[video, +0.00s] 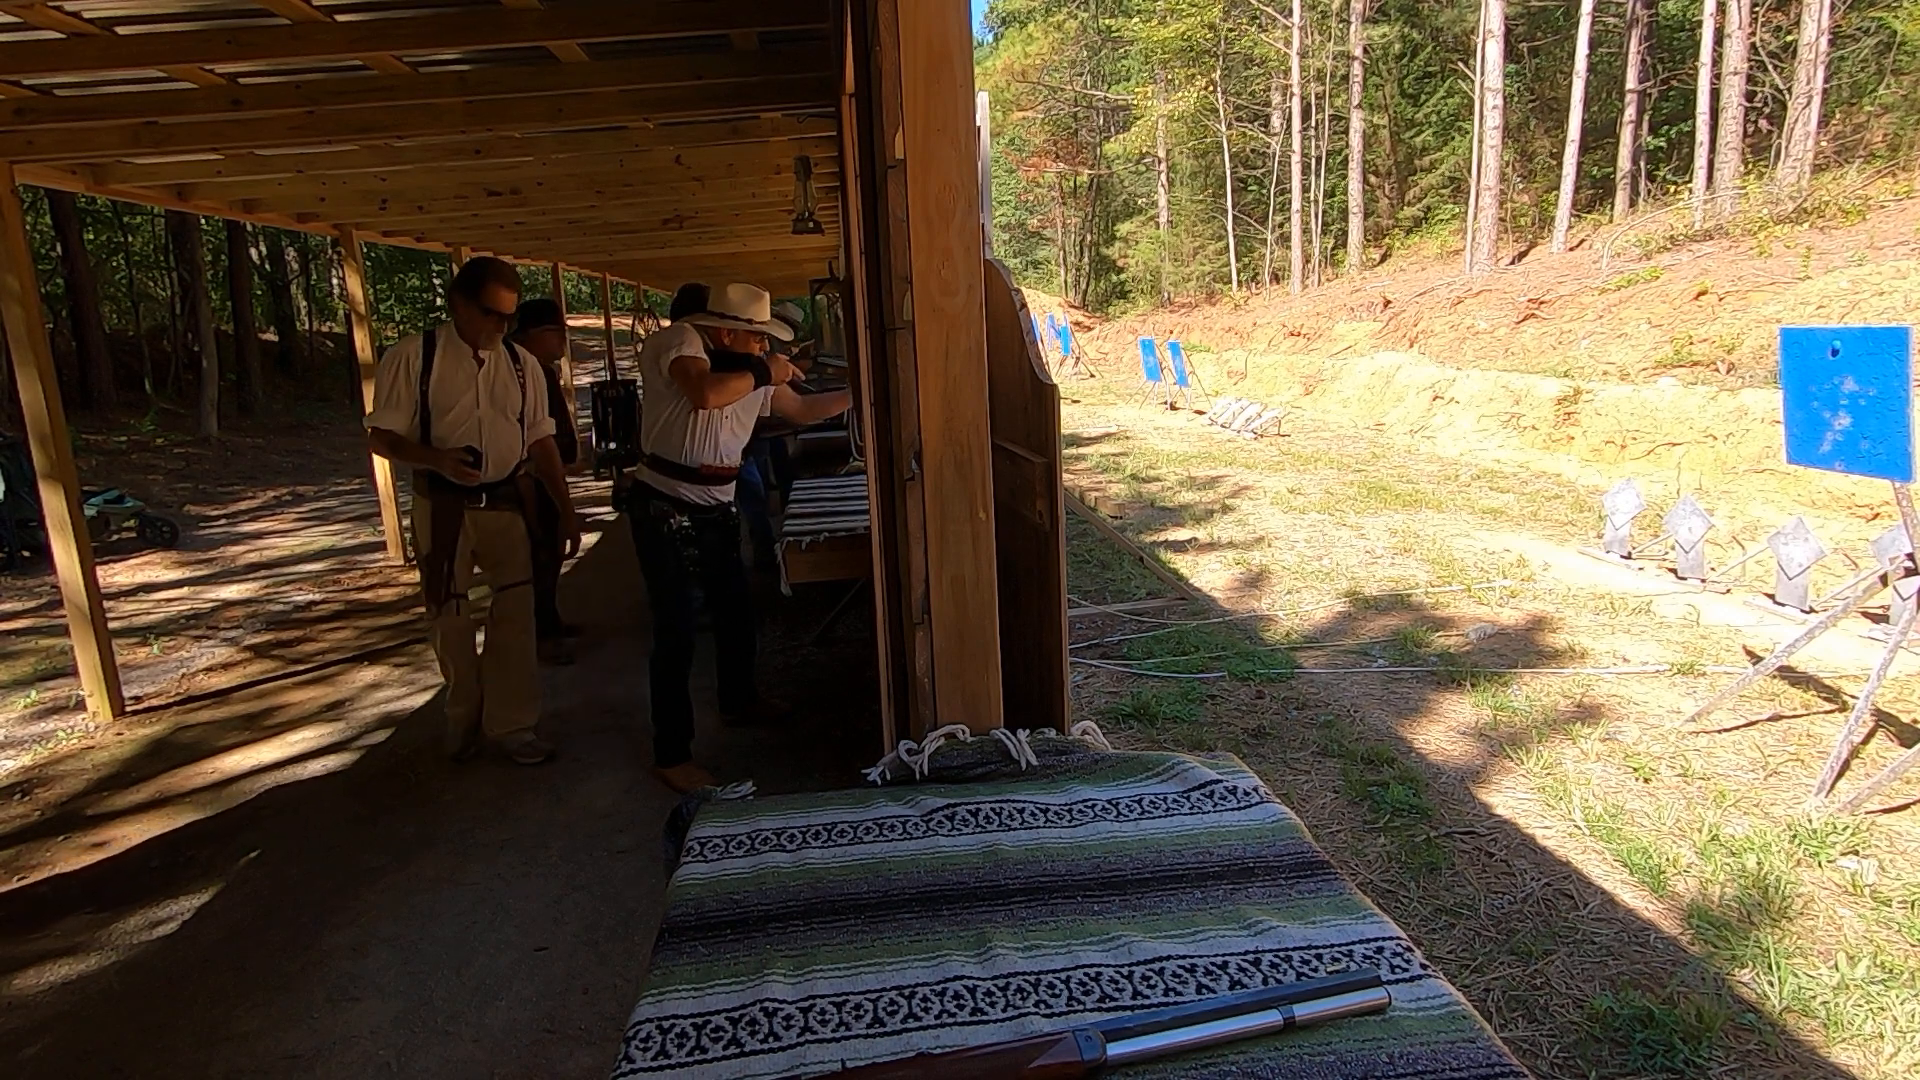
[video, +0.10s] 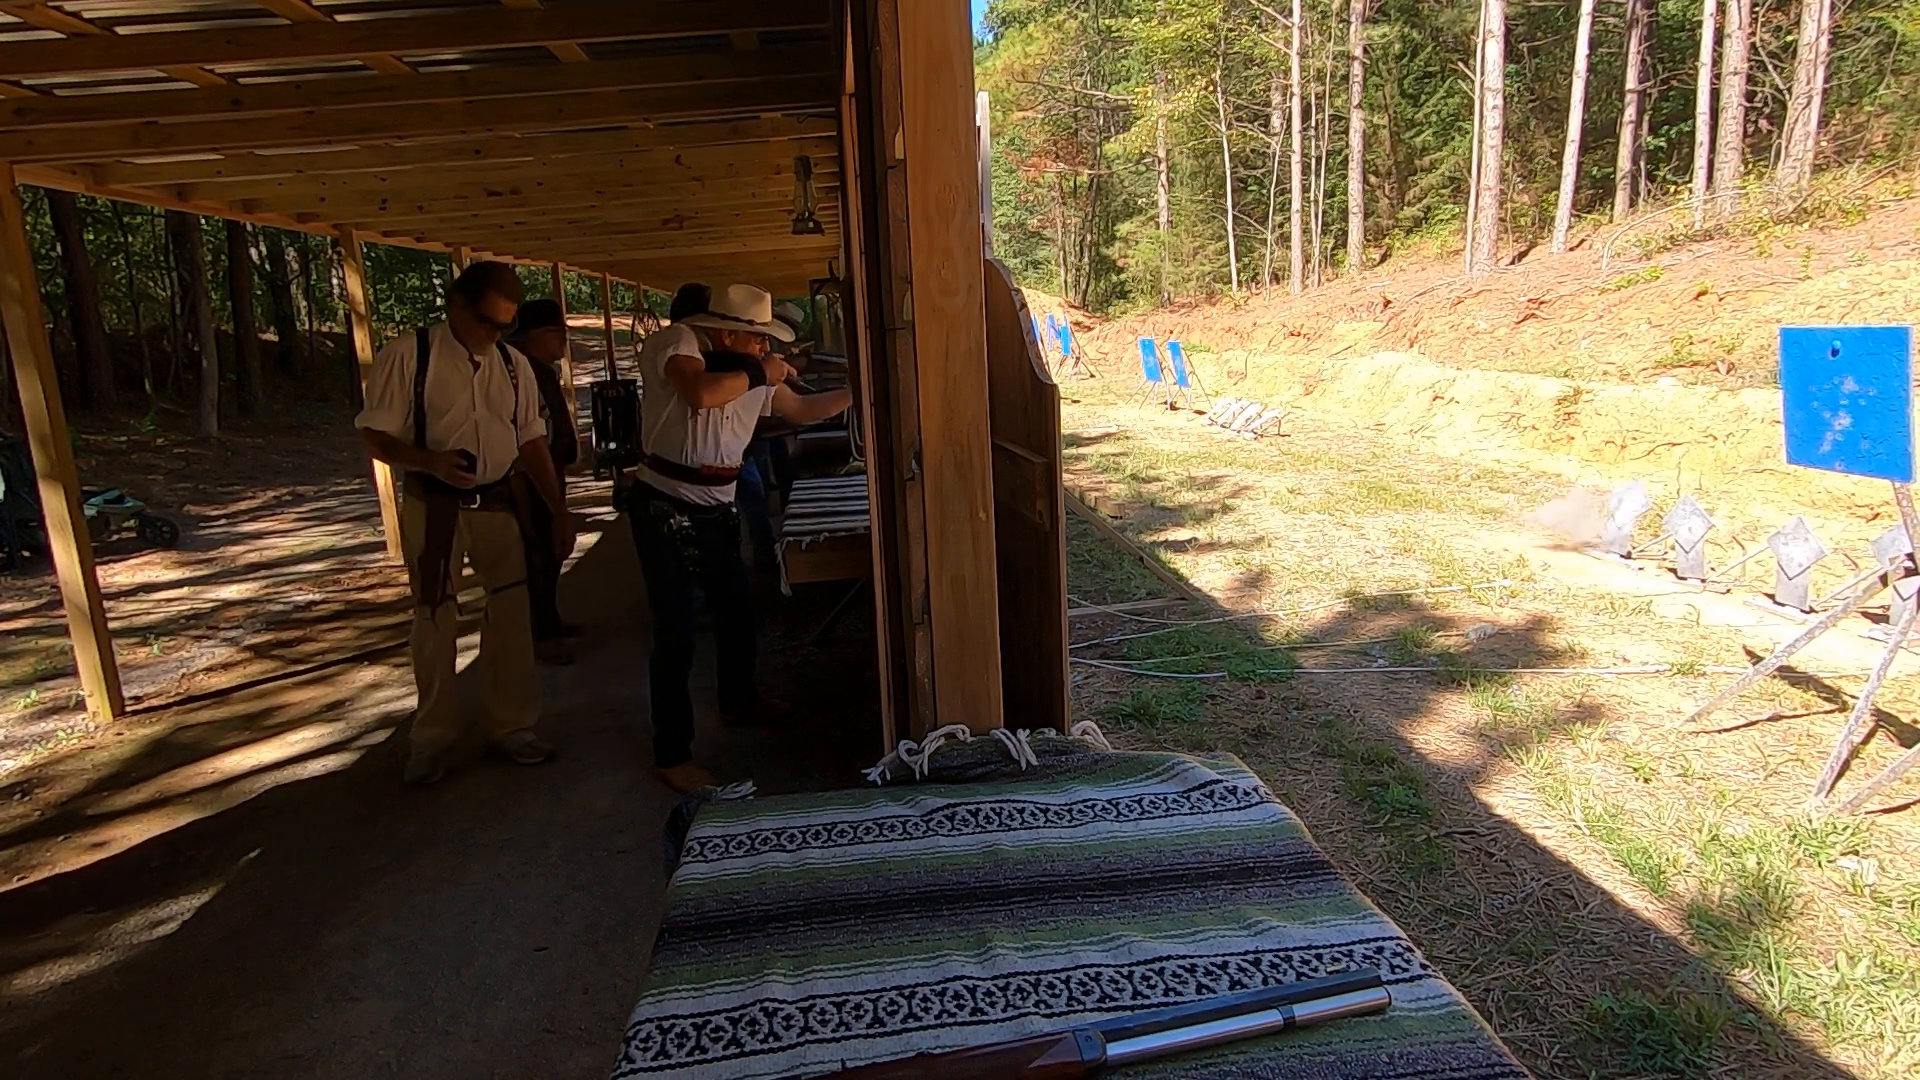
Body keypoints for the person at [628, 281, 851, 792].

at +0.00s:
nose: (762, 345)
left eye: (764, 337)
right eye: (756, 337)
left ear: (745, 335)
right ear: (724, 331)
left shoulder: (750, 367)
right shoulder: (678, 338)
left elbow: (802, 409)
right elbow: (705, 393)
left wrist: (860, 392)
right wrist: (766, 371)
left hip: (718, 511)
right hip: (663, 508)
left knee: (736, 614)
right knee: (675, 631)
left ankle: (740, 708)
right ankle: (673, 757)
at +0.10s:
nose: (762, 347)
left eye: (764, 339)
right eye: (755, 338)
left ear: (750, 337)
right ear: (724, 333)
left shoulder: (751, 374)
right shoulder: (675, 339)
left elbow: (801, 409)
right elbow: (702, 393)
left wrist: (858, 390)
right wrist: (762, 370)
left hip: (719, 511)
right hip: (663, 508)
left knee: (737, 614)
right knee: (675, 631)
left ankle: (740, 706)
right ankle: (672, 757)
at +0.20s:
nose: (754, 344)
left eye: (754, 336)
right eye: (747, 334)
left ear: (741, 334)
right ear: (715, 329)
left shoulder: (744, 373)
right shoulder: (668, 340)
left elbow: (797, 410)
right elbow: (693, 389)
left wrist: (858, 392)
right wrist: (755, 371)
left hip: (719, 508)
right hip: (661, 506)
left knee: (738, 612)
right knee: (676, 628)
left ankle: (740, 706)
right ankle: (673, 756)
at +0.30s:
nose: (751, 348)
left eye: (752, 339)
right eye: (744, 338)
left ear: (744, 337)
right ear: (710, 334)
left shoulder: (745, 377)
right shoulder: (664, 344)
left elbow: (796, 412)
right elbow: (688, 391)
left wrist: (857, 394)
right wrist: (754, 373)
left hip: (717, 510)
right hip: (659, 510)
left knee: (738, 611)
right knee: (674, 630)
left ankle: (740, 706)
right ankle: (672, 756)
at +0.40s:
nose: (753, 350)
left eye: (754, 341)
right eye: (745, 341)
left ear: (745, 339)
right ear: (710, 336)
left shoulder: (747, 376)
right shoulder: (666, 344)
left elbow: (796, 412)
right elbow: (690, 393)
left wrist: (857, 395)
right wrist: (756, 374)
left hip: (714, 511)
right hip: (657, 510)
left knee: (738, 611)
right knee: (671, 632)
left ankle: (740, 705)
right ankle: (672, 756)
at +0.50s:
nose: (748, 350)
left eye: (748, 341)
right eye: (740, 341)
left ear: (739, 338)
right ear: (707, 336)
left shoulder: (743, 376)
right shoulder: (659, 343)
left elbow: (793, 411)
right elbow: (679, 388)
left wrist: (852, 389)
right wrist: (746, 374)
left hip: (713, 510)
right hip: (655, 509)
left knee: (738, 611)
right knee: (672, 630)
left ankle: (740, 705)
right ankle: (672, 756)